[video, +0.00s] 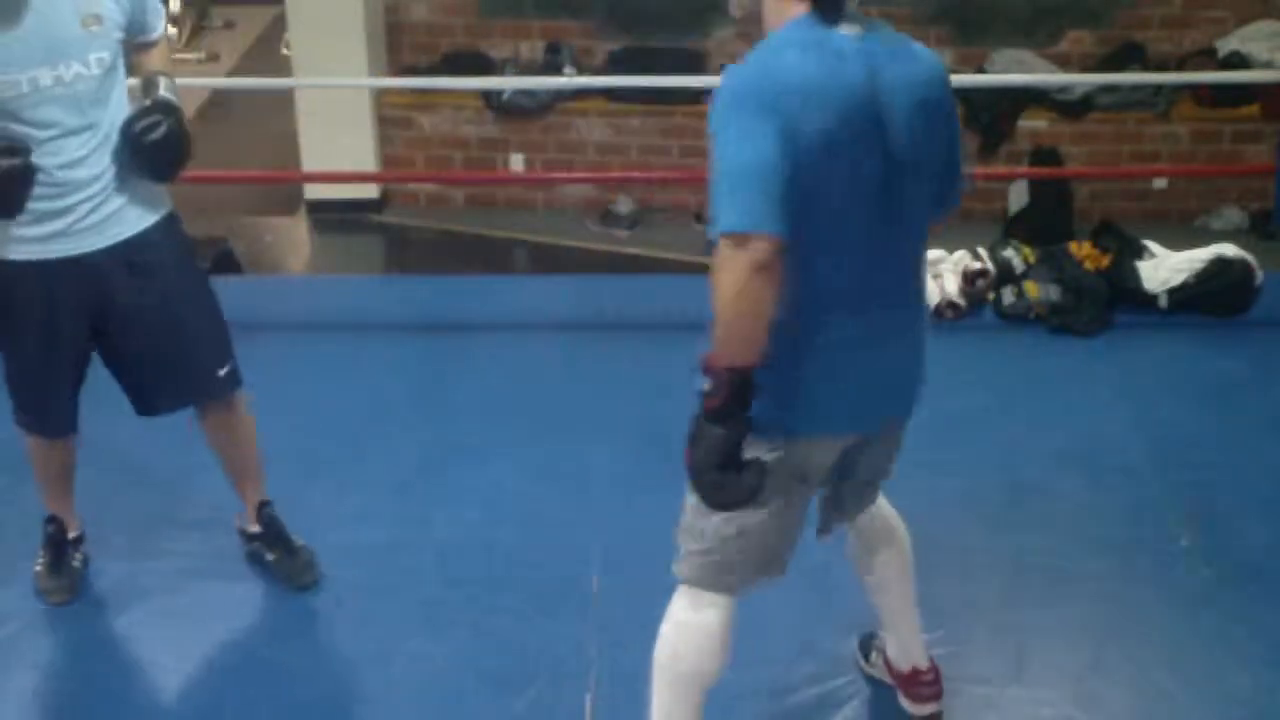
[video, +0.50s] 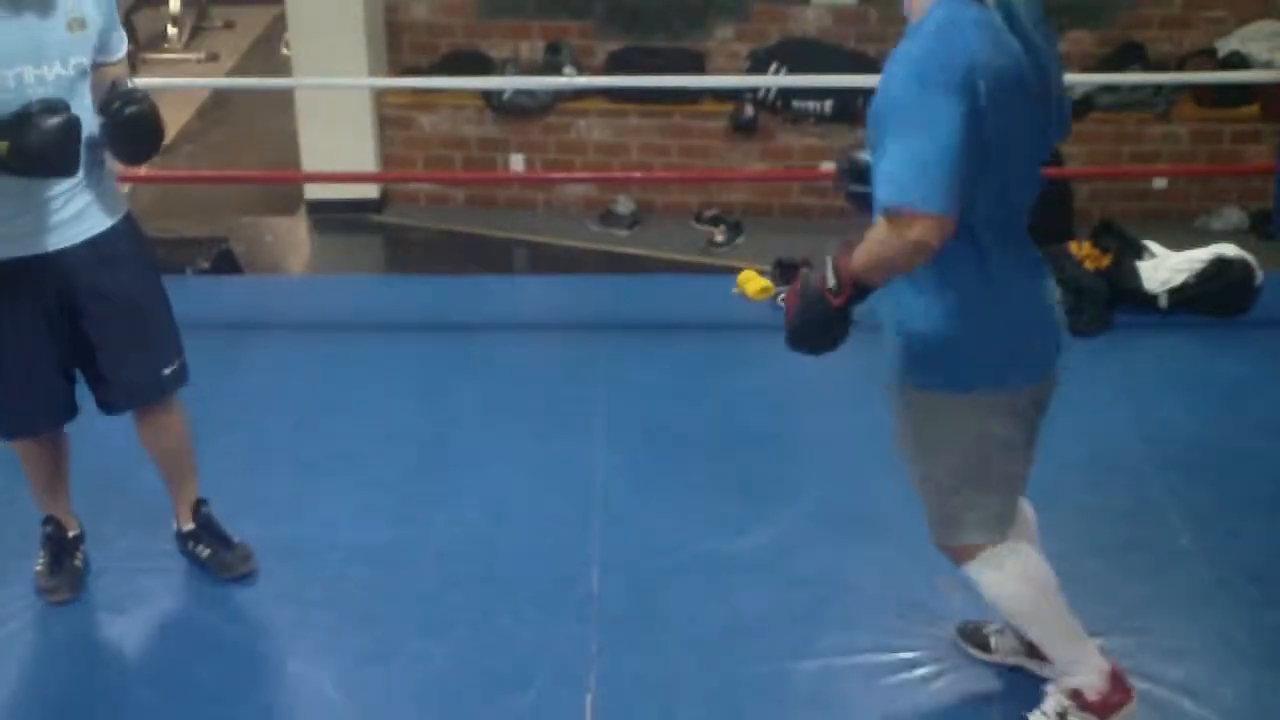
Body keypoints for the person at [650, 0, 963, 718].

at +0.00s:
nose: (740, 8)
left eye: (744, 1)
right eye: (743, 3)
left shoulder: (756, 84)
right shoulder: (918, 68)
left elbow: (753, 251)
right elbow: (940, 202)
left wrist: (722, 405)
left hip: (781, 391)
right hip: (888, 375)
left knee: (706, 584)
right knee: (861, 498)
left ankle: (672, 709)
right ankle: (912, 665)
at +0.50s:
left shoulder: (926, 62)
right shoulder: (1013, 27)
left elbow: (919, 225)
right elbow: (1039, 149)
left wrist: (836, 283)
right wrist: (893, 179)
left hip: (963, 347)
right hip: (1017, 323)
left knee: (970, 534)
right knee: (999, 496)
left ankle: (1093, 683)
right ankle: (1038, 632)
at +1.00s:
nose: (835, 8)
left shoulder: (877, 74)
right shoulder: (978, 29)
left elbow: (882, 230)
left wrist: (797, 246)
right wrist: (848, 173)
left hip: (899, 334)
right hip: (992, 318)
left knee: (778, 503)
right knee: (968, 469)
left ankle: (693, 684)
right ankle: (1027, 616)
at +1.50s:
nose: (699, 6)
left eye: (700, 2)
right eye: (700, 2)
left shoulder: (717, 91)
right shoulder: (886, 35)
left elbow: (705, 260)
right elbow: (945, 154)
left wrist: (671, 301)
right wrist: (880, 211)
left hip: (784, 375)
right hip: (903, 360)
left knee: (707, 541)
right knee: (933, 522)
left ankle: (678, 702)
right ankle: (1007, 702)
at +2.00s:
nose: (877, 10)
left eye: (880, 4)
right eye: (882, 7)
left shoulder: (885, 80)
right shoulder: (1070, 59)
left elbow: (872, 265)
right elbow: (1114, 198)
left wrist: (819, 247)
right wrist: (1016, 218)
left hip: (919, 416)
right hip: (1047, 410)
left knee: (832, 596)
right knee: (1023, 620)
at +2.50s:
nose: (793, 8)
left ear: (841, 12)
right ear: (926, 11)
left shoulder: (823, 153)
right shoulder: (1020, 109)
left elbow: (813, 346)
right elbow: (1055, 262)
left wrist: (776, 349)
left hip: (860, 470)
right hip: (1004, 461)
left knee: (735, 630)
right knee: (1016, 662)